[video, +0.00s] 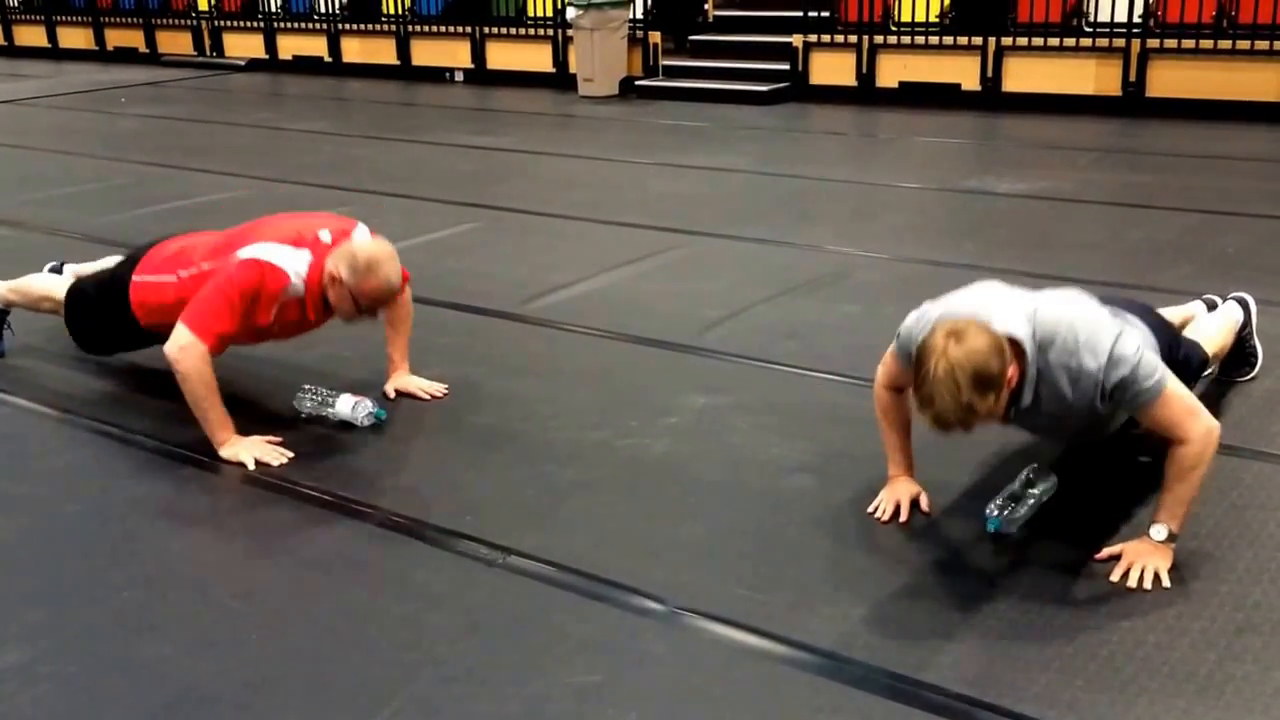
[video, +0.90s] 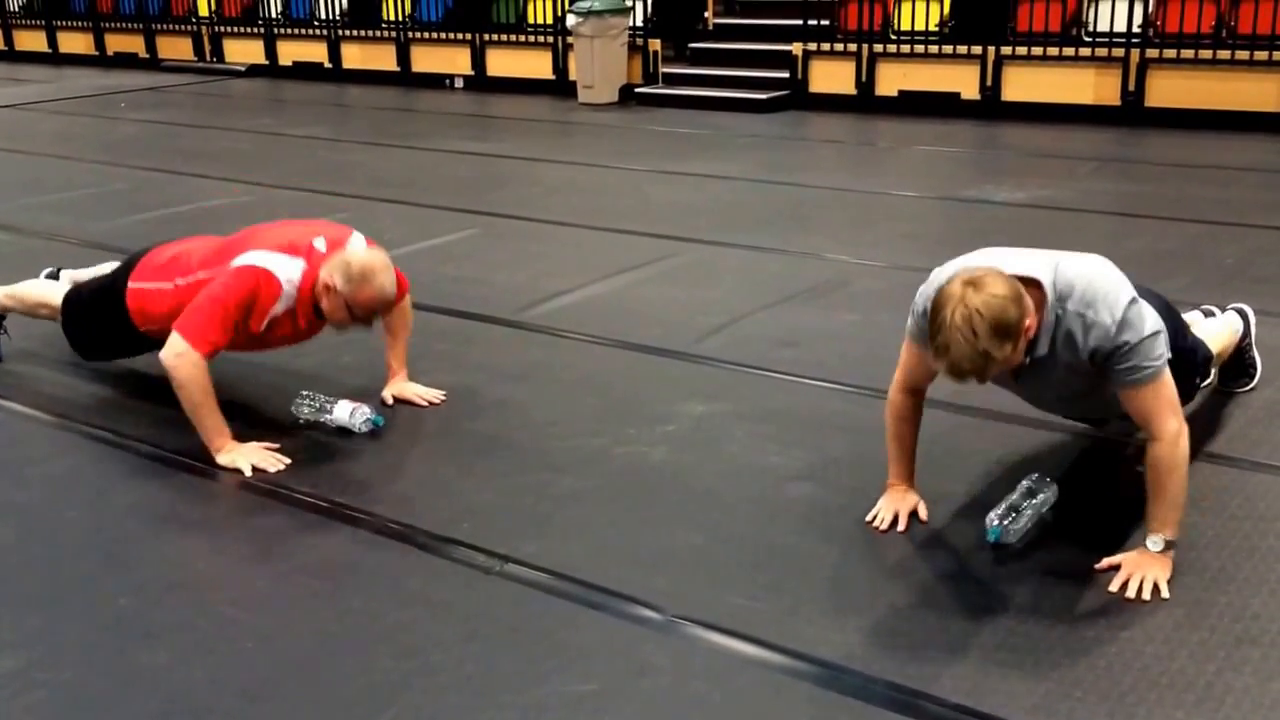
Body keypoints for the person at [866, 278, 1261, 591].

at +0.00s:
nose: (982, 425)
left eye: (986, 414)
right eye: (966, 420)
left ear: (1010, 374)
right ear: (931, 376)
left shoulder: (1103, 355)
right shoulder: (923, 331)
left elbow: (1200, 433)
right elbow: (888, 384)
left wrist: (1160, 537)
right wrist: (900, 474)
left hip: (1142, 342)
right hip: (1081, 321)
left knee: (1195, 351)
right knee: (1157, 328)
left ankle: (1235, 313)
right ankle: (1201, 308)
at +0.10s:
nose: (978, 386)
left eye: (987, 375)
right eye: (966, 378)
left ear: (1018, 327)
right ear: (938, 334)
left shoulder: (1105, 316)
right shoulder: (929, 296)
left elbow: (1171, 424)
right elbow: (900, 379)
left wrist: (1159, 537)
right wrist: (899, 475)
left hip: (1143, 337)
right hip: (1058, 364)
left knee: (1194, 346)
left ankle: (1234, 315)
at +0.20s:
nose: (974, 373)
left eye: (985, 361)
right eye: (962, 364)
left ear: (1019, 317)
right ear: (941, 330)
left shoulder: (1108, 310)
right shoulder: (929, 295)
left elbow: (1165, 423)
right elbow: (903, 380)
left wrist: (1158, 537)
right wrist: (899, 476)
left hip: (1143, 339)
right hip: (1058, 366)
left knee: (1195, 345)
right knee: (1111, 390)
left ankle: (1233, 316)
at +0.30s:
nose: (964, 406)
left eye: (974, 395)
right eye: (953, 398)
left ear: (1010, 355)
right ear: (925, 349)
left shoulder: (1102, 341)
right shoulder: (923, 320)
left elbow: (1190, 428)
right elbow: (893, 385)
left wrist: (1160, 539)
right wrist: (898, 477)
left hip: (1145, 334)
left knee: (1197, 348)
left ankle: (1234, 314)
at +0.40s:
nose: (960, 457)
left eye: (969, 448)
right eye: (949, 449)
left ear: (1004, 408)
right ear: (925, 402)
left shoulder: (1098, 382)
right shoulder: (928, 350)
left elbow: (1208, 438)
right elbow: (883, 387)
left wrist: (1160, 541)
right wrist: (898, 478)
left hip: (1138, 363)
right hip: (1077, 336)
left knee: (1193, 364)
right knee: (1134, 334)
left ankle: (1233, 317)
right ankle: (1197, 311)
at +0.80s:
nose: (989, 415)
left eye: (994, 404)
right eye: (974, 409)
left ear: (1022, 363)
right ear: (945, 361)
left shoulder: (1112, 349)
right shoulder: (935, 323)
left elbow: (1195, 440)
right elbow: (896, 389)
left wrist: (1159, 545)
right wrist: (898, 482)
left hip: (1143, 355)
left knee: (1197, 360)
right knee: (1158, 337)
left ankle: (1235, 322)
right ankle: (1195, 319)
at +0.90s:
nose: (987, 383)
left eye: (995, 371)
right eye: (975, 376)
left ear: (1026, 327)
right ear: (948, 330)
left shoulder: (1112, 318)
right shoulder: (937, 301)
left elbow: (1168, 434)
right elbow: (906, 390)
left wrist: (1157, 546)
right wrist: (899, 483)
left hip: (1145, 353)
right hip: (1062, 374)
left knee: (1195, 354)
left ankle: (1234, 326)